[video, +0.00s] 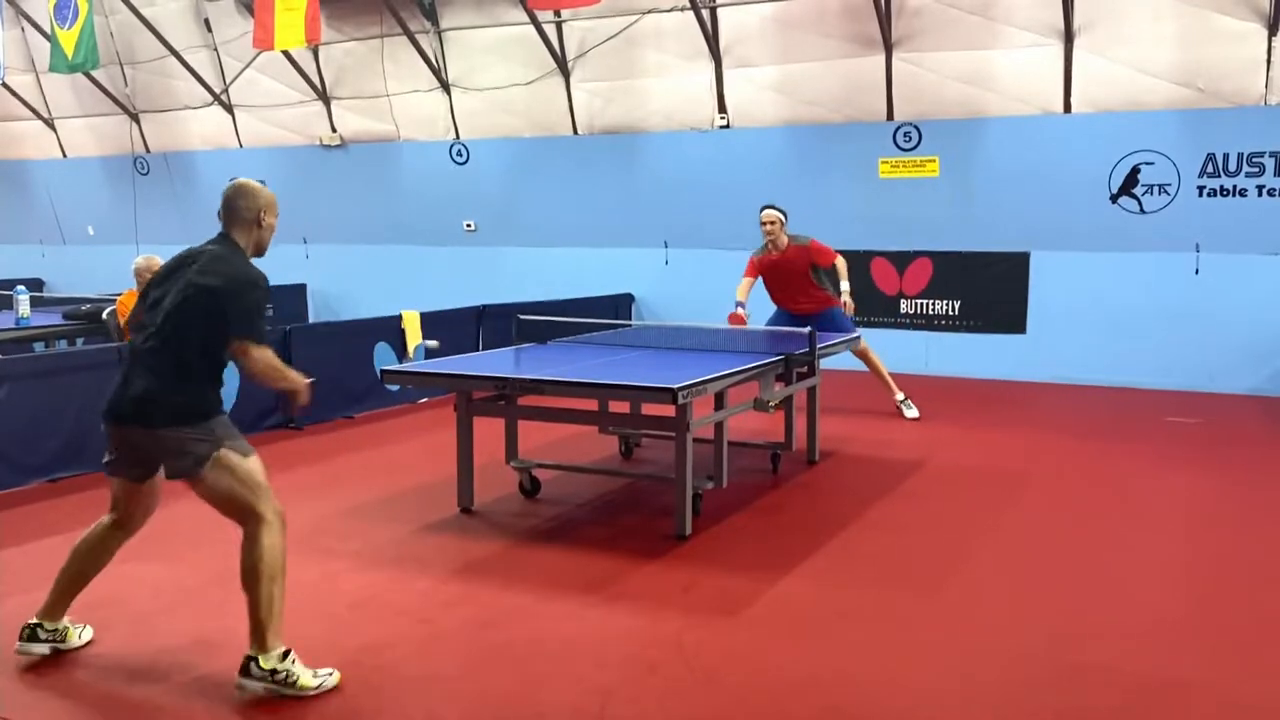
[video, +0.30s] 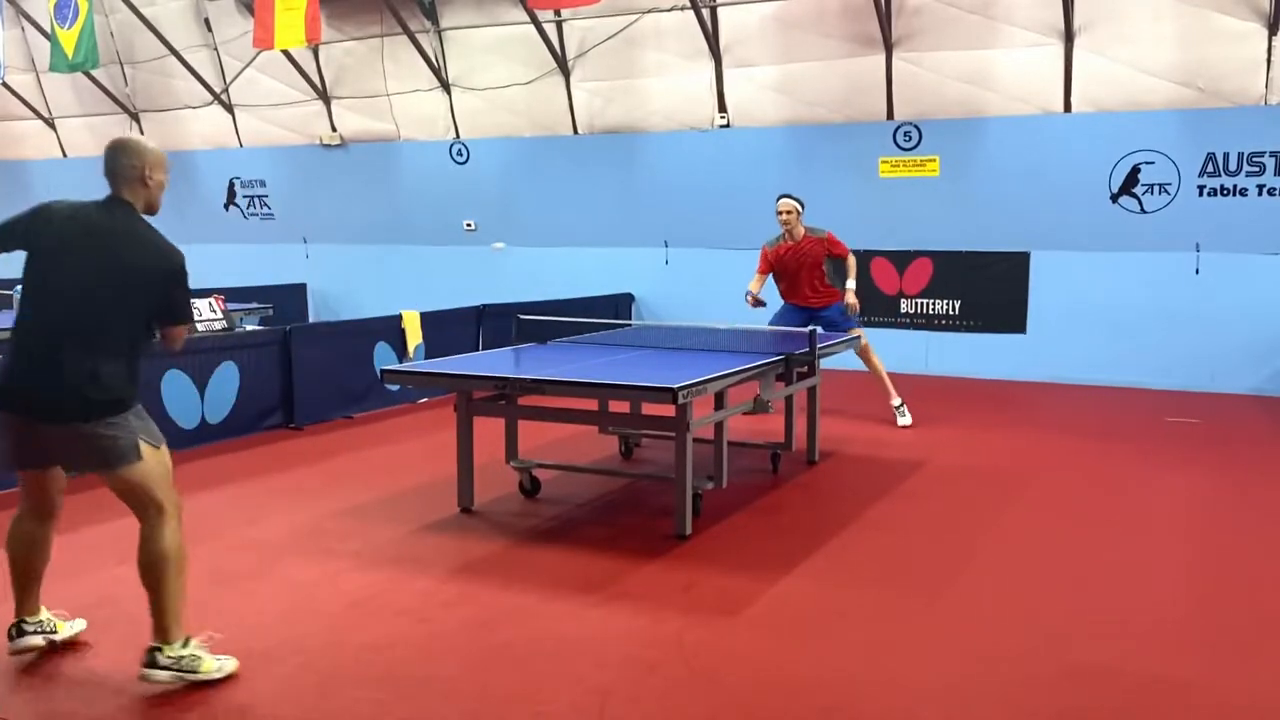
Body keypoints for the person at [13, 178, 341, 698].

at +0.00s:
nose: (275, 228)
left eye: (274, 219)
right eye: (274, 220)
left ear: (225, 219)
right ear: (260, 222)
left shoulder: (177, 264)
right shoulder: (244, 276)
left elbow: (137, 329)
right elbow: (248, 353)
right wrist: (293, 382)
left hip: (127, 412)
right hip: (185, 414)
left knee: (124, 517)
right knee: (264, 516)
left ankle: (45, 623)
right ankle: (267, 656)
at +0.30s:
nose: (166, 187)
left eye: (165, 177)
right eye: (164, 177)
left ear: (110, 176)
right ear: (146, 178)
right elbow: (175, 338)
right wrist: (144, 302)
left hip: (25, 394)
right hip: (100, 404)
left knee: (37, 505)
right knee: (161, 509)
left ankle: (26, 620)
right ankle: (170, 646)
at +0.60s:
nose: (51, 214)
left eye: (49, 205)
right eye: (45, 205)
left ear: (12, 208)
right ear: (19, 208)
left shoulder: (15, 271)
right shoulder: (26, 277)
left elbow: (53, 355)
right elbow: (61, 358)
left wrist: (111, 351)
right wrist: (121, 351)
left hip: (10, 442)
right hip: (7, 443)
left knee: (101, 511)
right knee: (105, 514)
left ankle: (118, 647)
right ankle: (119, 650)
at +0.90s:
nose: (52, 210)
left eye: (51, 200)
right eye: (46, 200)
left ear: (16, 203)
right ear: (19, 203)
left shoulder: (11, 265)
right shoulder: (9, 267)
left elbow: (11, 345)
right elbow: (7, 344)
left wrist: (88, 378)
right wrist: (89, 377)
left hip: (2, 445)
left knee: (44, 542)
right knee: (49, 541)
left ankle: (29, 700)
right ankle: (30, 704)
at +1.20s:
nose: (141, 267)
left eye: (141, 256)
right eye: (136, 256)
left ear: (103, 257)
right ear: (112, 259)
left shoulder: (87, 314)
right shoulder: (50, 324)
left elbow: (64, 376)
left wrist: (123, 401)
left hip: (31, 471)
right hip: (5, 484)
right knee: (50, 609)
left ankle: (9, 621)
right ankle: (4, 696)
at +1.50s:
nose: (312, 296)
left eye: (313, 286)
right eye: (309, 287)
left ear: (275, 284)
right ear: (286, 287)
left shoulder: (236, 315)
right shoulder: (230, 337)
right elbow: (234, 440)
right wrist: (309, 446)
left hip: (182, 452)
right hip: (128, 464)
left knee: (268, 498)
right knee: (83, 596)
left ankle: (298, 604)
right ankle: (8, 708)